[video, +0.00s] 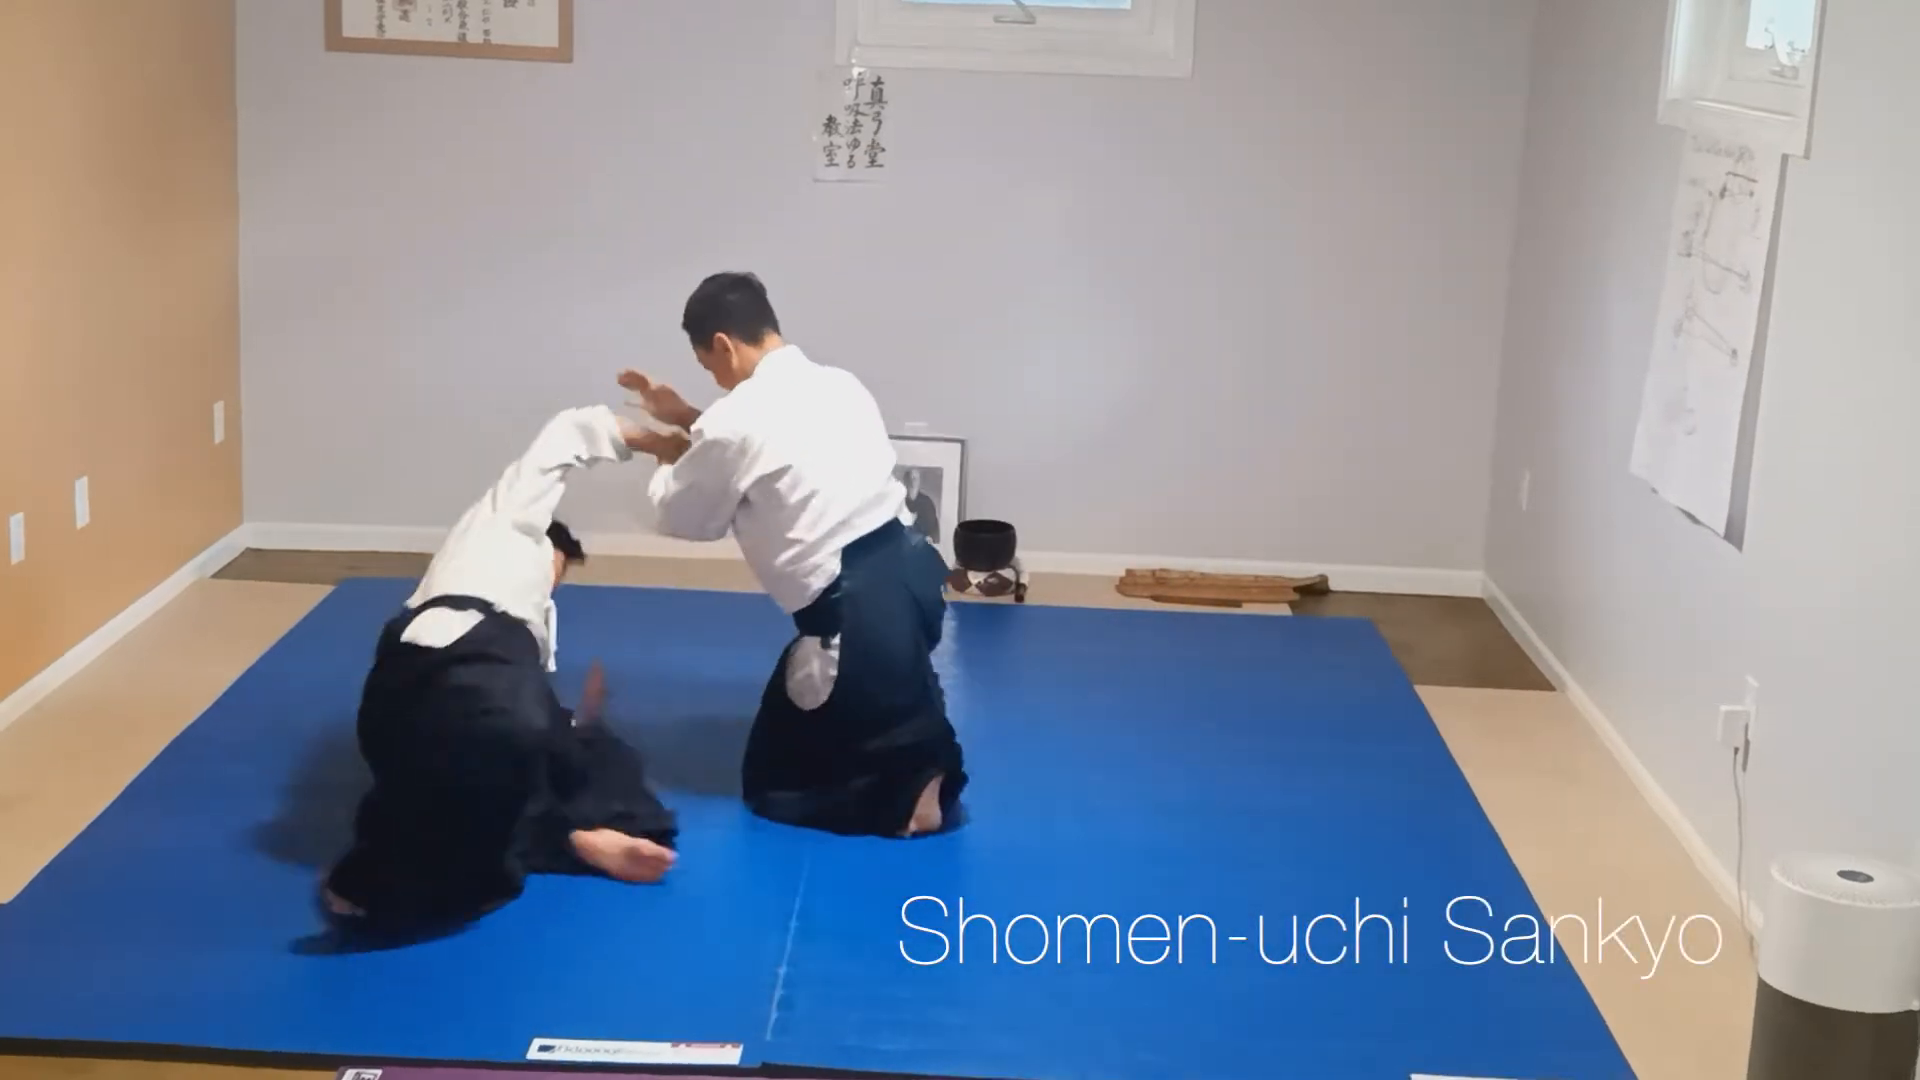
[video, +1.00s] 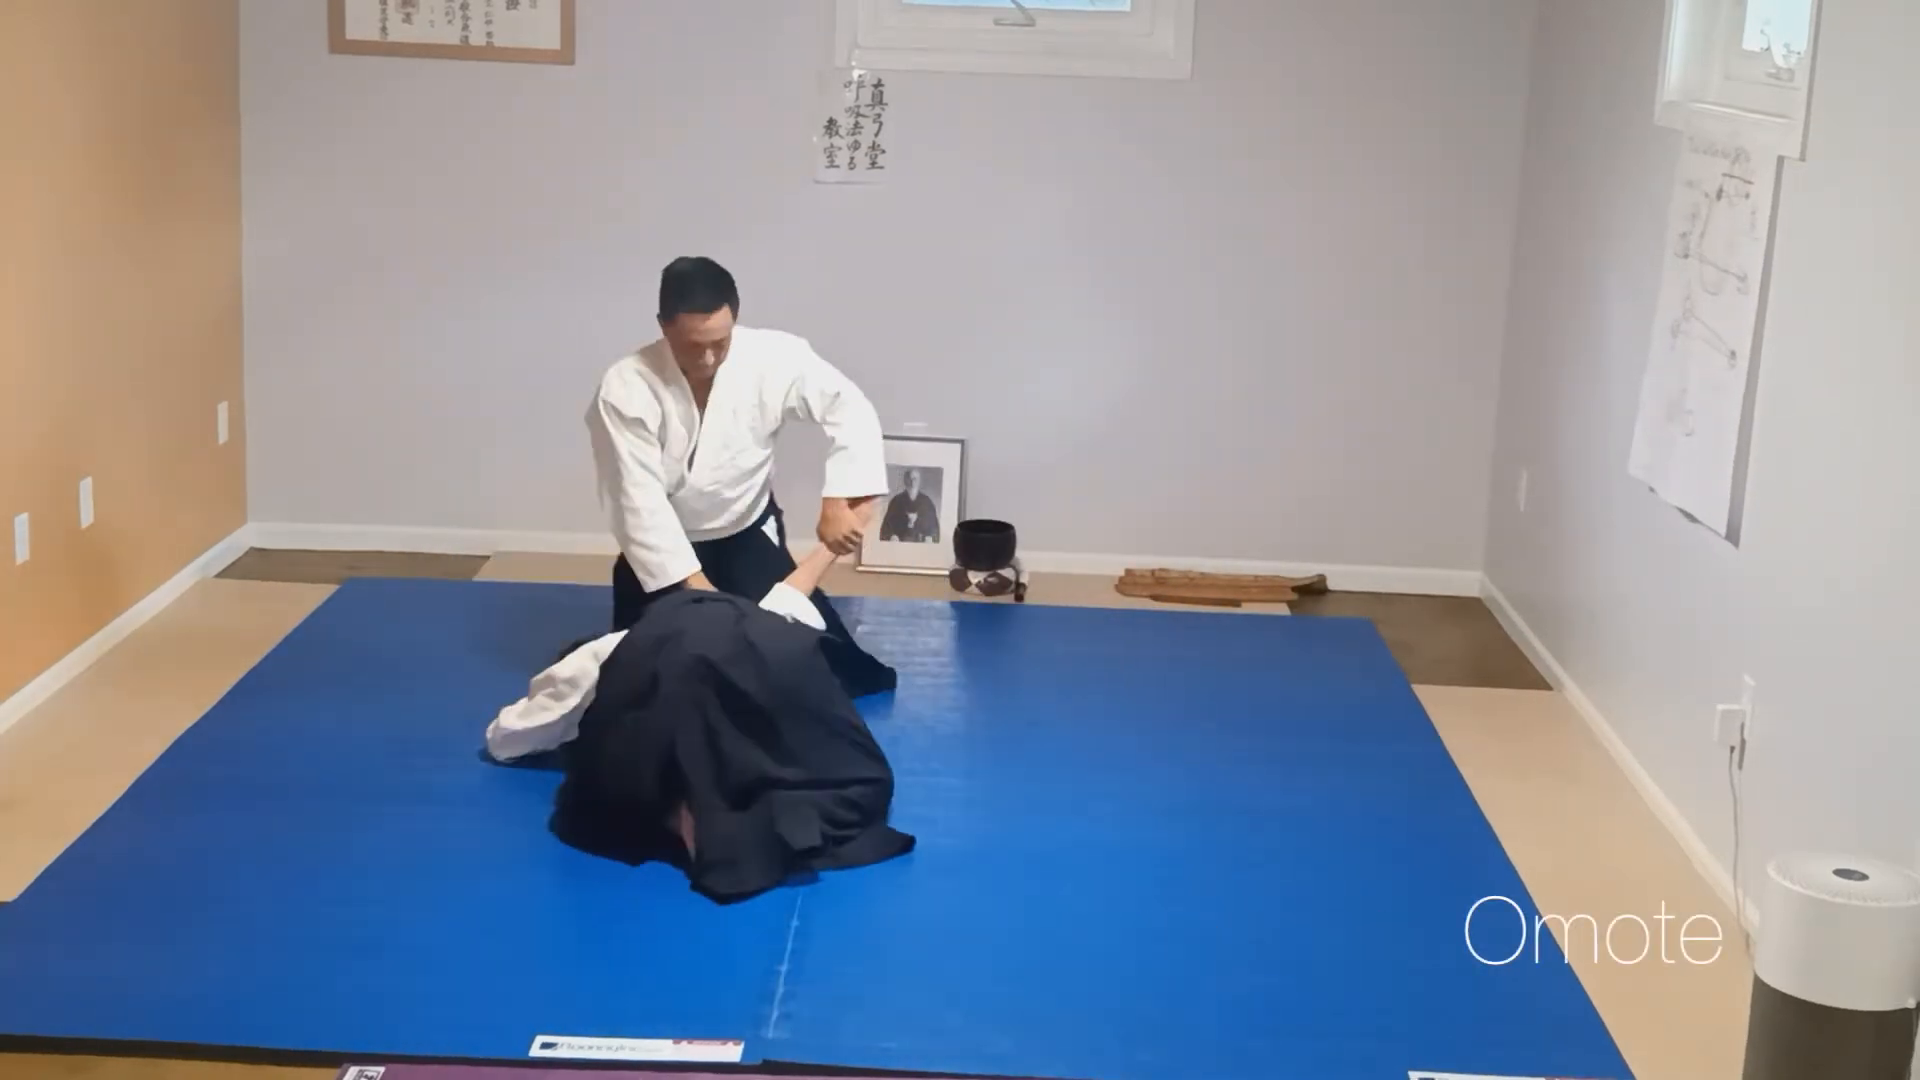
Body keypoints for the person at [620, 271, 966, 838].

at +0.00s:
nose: (708, 372)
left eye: (703, 362)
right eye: (702, 363)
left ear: (723, 346)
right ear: (772, 327)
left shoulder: (733, 424)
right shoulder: (840, 383)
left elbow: (687, 518)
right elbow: (782, 446)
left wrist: (673, 455)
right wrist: (693, 419)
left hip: (848, 609)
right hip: (916, 573)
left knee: (770, 790)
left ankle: (896, 799)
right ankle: (934, 771)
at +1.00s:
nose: (709, 358)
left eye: (720, 343)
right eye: (695, 346)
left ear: (733, 320)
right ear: (665, 329)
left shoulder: (776, 361)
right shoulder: (626, 389)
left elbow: (850, 411)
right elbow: (639, 504)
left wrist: (838, 502)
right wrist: (697, 589)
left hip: (749, 548)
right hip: (659, 557)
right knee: (654, 678)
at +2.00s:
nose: (699, 373)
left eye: (710, 359)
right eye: (685, 361)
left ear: (722, 338)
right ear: (655, 343)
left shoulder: (748, 371)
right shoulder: (623, 412)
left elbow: (790, 449)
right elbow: (636, 527)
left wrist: (795, 538)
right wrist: (691, 616)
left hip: (712, 556)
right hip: (632, 565)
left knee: (753, 649)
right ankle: (582, 629)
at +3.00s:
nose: (705, 393)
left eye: (717, 379)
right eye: (692, 380)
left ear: (733, 360)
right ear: (666, 359)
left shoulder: (751, 376)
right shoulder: (640, 431)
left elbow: (815, 420)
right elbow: (680, 533)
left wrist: (779, 486)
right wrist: (773, 548)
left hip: (712, 572)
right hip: (628, 575)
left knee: (767, 685)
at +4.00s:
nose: (634, 447)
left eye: (653, 437)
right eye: (626, 430)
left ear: (684, 424)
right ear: (616, 409)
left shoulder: (731, 443)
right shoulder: (587, 470)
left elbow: (745, 548)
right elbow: (630, 571)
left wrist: (685, 598)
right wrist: (707, 517)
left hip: (704, 588)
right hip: (606, 592)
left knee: (784, 672)